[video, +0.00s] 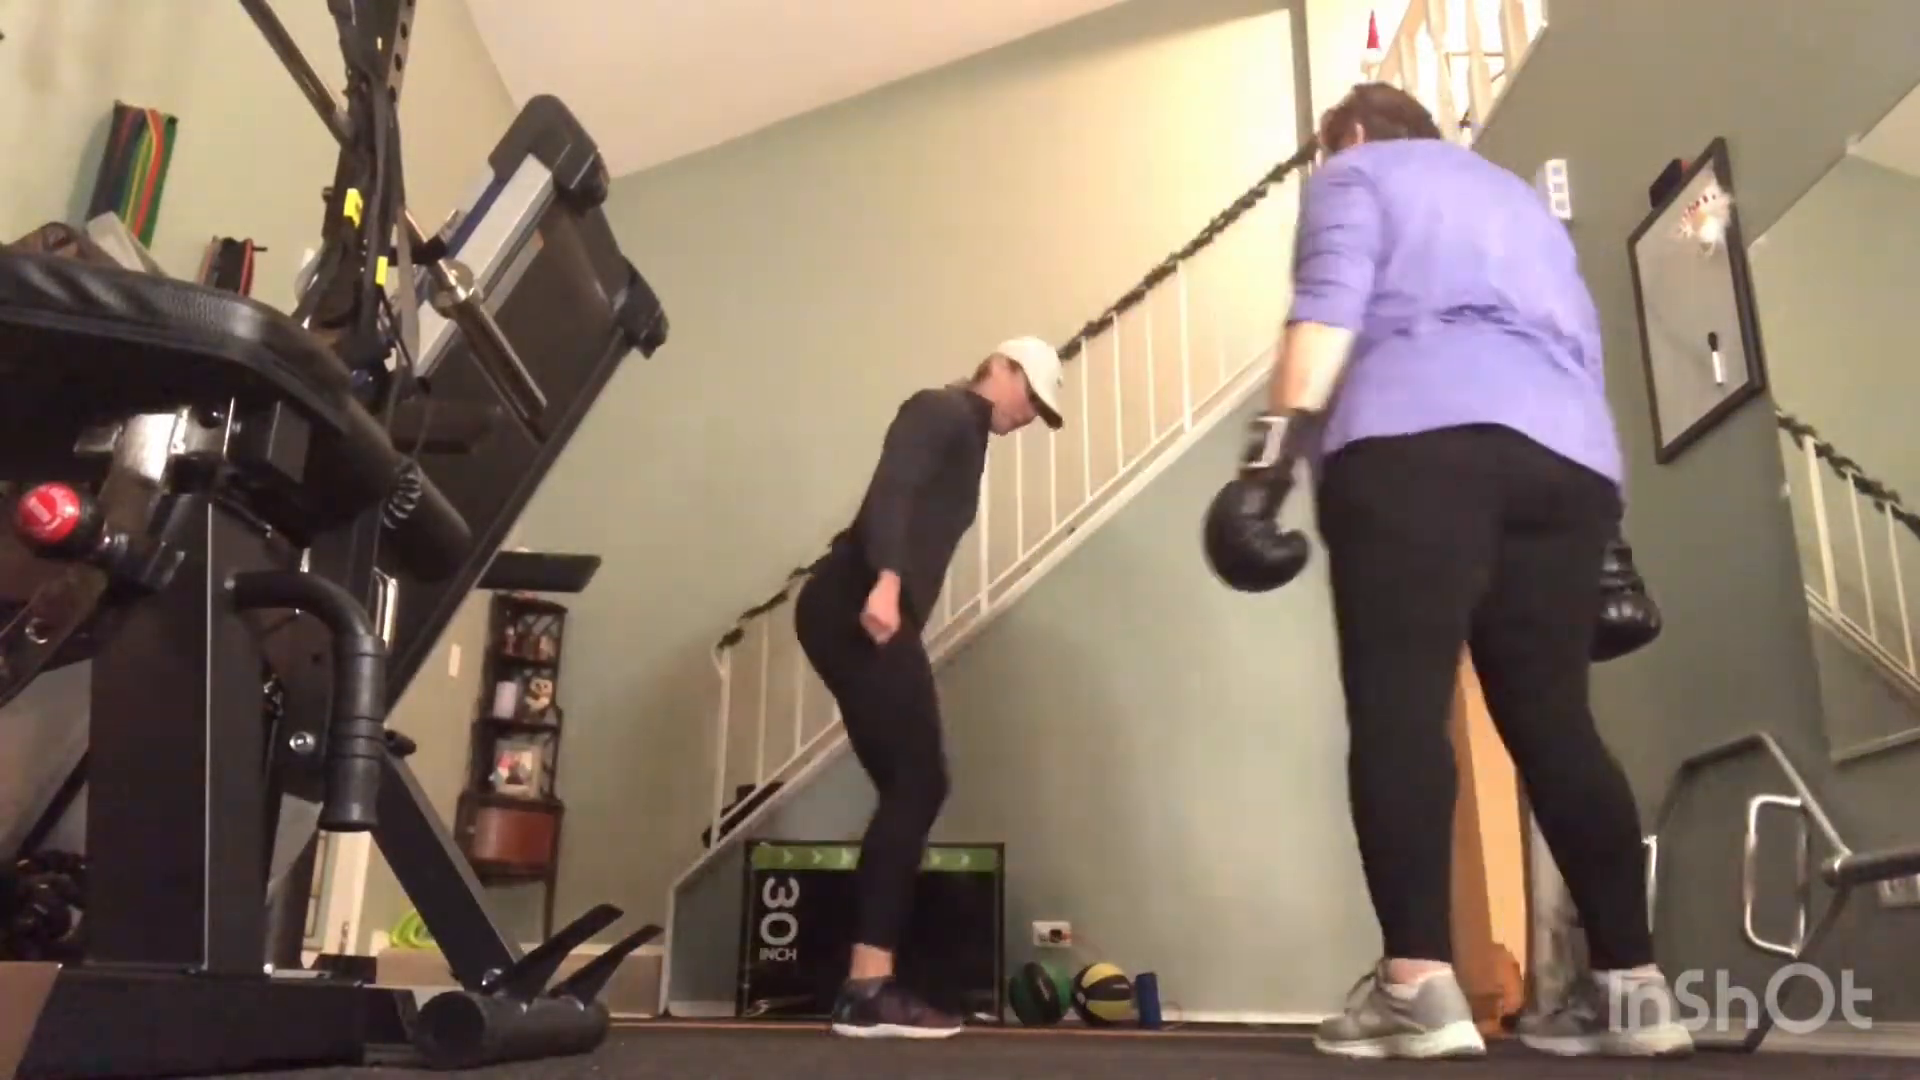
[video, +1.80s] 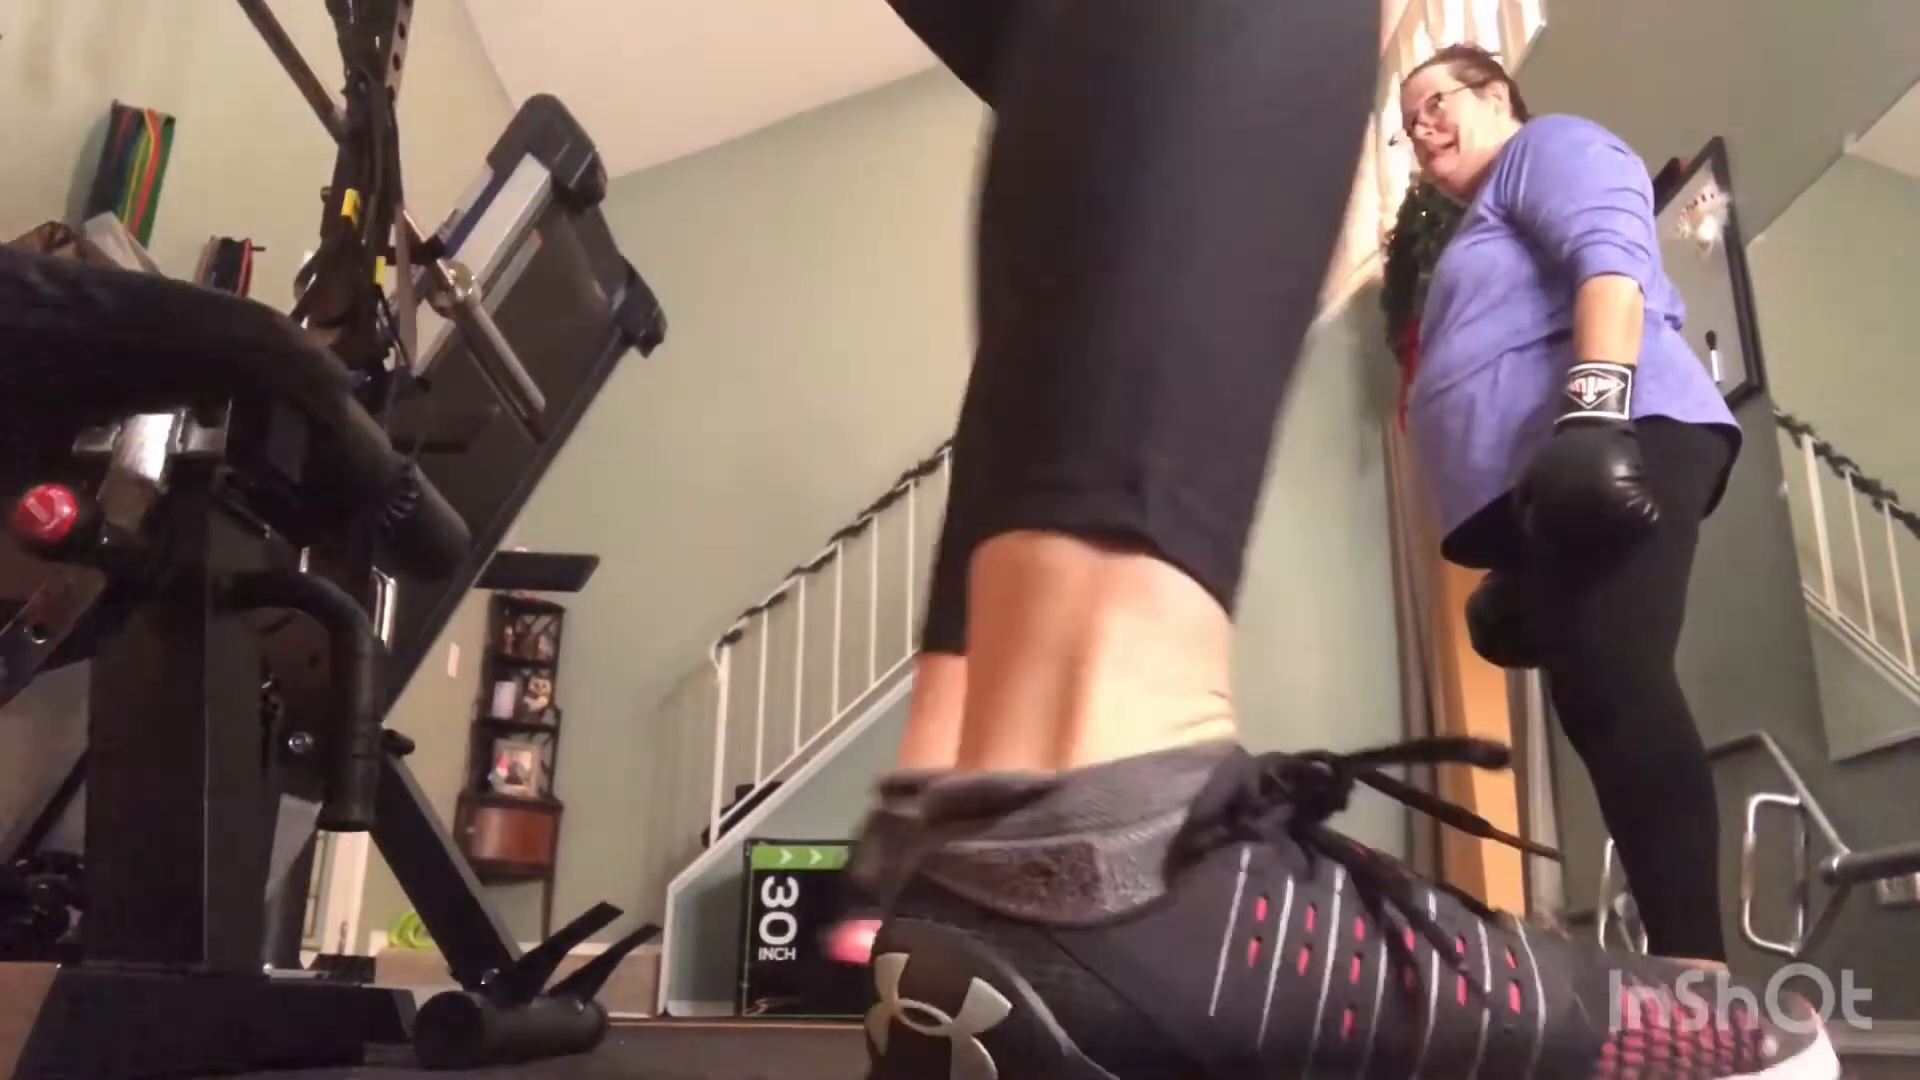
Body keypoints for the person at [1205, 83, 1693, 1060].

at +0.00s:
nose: (1326, 176)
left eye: (1327, 162)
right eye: (1325, 164)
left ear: (1350, 140)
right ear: (1426, 134)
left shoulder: (1349, 173)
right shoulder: (1531, 207)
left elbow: (1325, 315)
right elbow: (1582, 365)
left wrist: (1267, 464)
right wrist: (1603, 530)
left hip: (1411, 445)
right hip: (1563, 458)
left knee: (1398, 715)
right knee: (1554, 722)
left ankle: (1417, 982)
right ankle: (1632, 981)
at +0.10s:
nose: (1373, 196)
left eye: (1374, 174)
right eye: (1369, 181)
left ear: (1413, 146)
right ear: (1461, 138)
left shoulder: (1456, 177)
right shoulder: (1556, 219)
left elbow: (1478, 290)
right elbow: (1588, 345)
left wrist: (1445, 433)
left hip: (1545, 441)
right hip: (1637, 461)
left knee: (1465, 670)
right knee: (1578, 703)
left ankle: (1548, 964)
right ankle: (1635, 983)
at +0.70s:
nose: (1470, 132)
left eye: (1474, 108)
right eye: (1466, 115)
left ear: (1512, 83)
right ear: (1542, 81)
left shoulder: (1565, 115)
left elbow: (1586, 243)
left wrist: (1552, 410)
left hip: (1654, 414)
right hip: (1635, 427)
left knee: (1626, 686)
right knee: (1606, 695)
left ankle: (1704, 987)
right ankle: (1677, 972)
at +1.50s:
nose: (1437, 125)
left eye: (1453, 104)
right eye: (1426, 120)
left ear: (1515, 95)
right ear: (1437, 146)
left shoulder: (1560, 143)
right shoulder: (1481, 234)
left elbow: (1601, 260)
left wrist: (1576, 408)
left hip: (1640, 429)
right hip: (1580, 460)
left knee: (1621, 682)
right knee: (1603, 702)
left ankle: (1699, 984)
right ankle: (1682, 977)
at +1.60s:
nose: (1432, 129)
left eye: (1445, 106)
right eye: (1421, 124)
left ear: (1509, 95)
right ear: (1432, 150)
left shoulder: (1560, 143)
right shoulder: (1480, 234)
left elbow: (1612, 259)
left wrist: (1593, 411)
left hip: (1637, 434)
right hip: (1568, 472)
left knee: (1623, 684)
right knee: (1601, 708)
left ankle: (1699, 984)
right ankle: (1683, 977)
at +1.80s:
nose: (1426, 124)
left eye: (1440, 101)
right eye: (1412, 122)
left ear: (1500, 97)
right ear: (1416, 154)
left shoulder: (1548, 146)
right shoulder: (1455, 249)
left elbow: (1612, 262)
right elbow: (1486, 415)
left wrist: (1594, 411)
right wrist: (1510, 557)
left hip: (1628, 429)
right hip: (1542, 494)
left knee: (1615, 680)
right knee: (1594, 704)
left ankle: (1693, 975)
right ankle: (1683, 968)